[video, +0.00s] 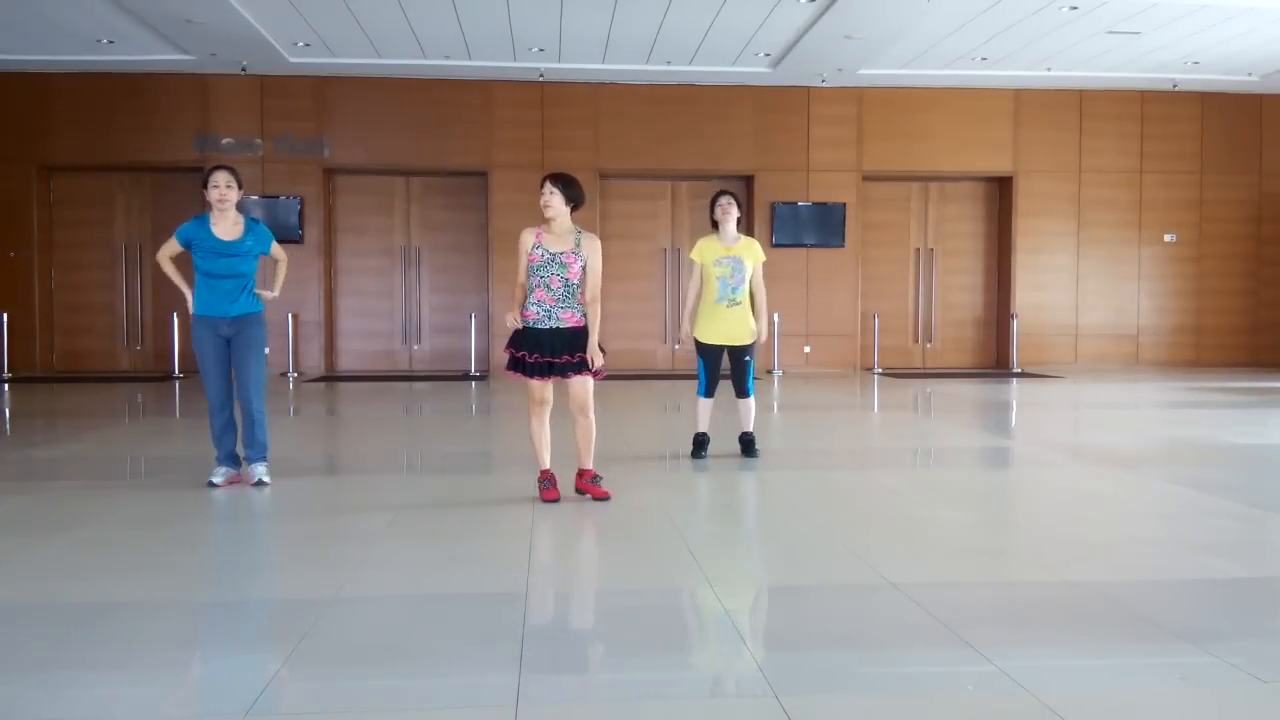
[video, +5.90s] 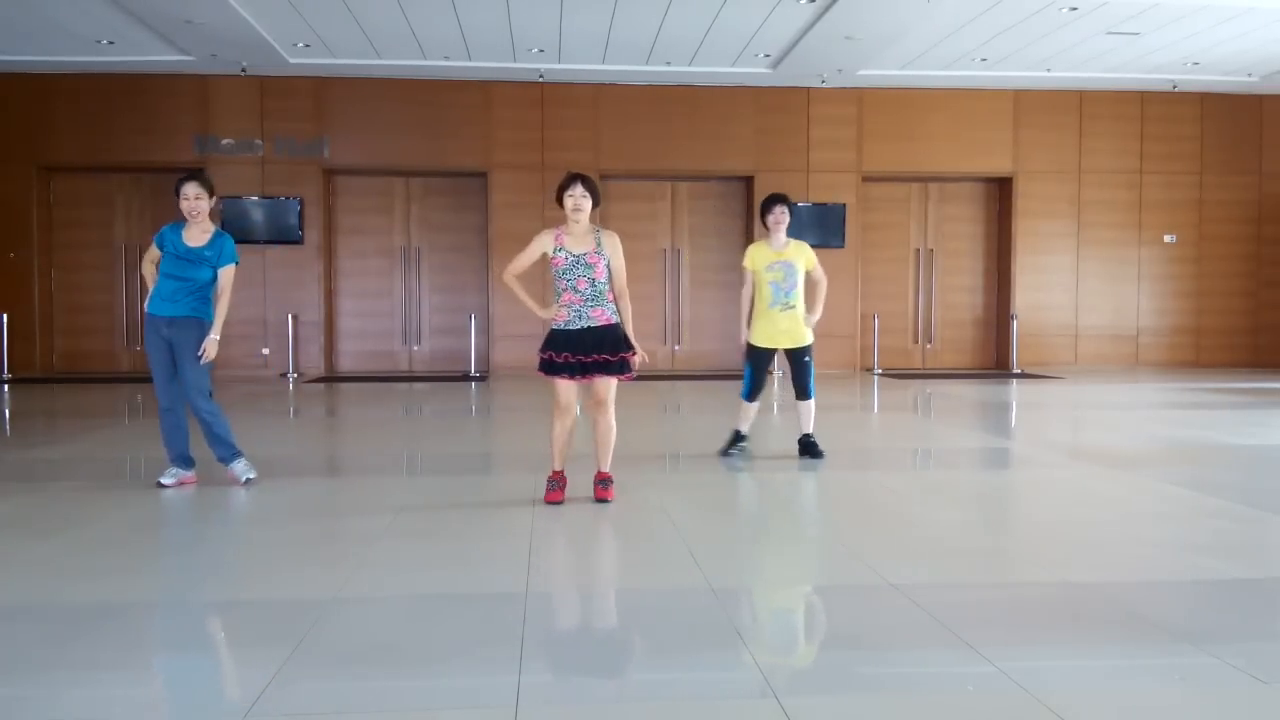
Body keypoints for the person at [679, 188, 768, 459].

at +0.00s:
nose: (725, 207)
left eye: (730, 204)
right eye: (720, 205)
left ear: (739, 211)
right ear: (713, 214)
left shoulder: (752, 246)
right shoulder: (704, 245)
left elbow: (758, 288)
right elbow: (694, 285)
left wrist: (762, 323)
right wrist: (686, 320)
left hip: (742, 327)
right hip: (708, 326)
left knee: (744, 386)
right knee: (706, 386)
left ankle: (748, 437)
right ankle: (701, 437)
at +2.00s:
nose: (721, 212)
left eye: (726, 208)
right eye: (716, 207)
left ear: (731, 214)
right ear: (706, 213)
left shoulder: (739, 247)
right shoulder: (693, 246)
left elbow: (746, 286)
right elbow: (684, 285)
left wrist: (748, 322)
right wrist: (679, 321)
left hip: (731, 327)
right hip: (698, 327)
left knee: (738, 385)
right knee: (698, 386)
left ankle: (747, 436)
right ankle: (695, 436)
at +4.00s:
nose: (719, 215)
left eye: (725, 211)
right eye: (714, 210)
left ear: (731, 218)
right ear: (706, 215)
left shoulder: (739, 249)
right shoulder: (691, 249)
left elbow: (757, 279)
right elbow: (682, 286)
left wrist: (747, 309)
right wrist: (676, 323)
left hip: (729, 328)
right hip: (696, 328)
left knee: (739, 386)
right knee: (697, 386)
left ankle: (752, 435)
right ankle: (695, 438)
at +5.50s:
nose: (737, 224)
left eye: (743, 219)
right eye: (732, 218)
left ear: (747, 224)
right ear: (722, 220)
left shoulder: (753, 254)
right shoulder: (707, 252)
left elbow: (769, 285)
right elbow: (694, 283)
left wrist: (762, 315)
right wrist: (685, 311)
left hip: (744, 330)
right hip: (711, 330)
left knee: (764, 383)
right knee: (703, 385)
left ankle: (786, 436)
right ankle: (693, 434)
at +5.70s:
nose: (760, 222)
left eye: (765, 218)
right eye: (754, 218)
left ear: (771, 223)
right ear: (745, 223)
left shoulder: (781, 256)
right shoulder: (734, 254)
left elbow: (795, 287)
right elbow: (719, 291)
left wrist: (789, 317)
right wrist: (712, 323)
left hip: (772, 331)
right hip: (737, 331)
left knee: (791, 382)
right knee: (721, 384)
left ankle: (805, 438)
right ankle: (697, 433)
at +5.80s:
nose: (770, 220)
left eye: (775, 215)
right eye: (765, 215)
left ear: (781, 220)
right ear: (756, 221)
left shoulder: (793, 253)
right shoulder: (745, 253)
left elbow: (811, 281)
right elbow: (735, 291)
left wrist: (805, 315)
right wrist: (729, 326)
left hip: (787, 329)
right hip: (753, 330)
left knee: (800, 385)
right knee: (735, 386)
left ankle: (806, 438)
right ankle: (714, 433)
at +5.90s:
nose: (779, 217)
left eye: (783, 212)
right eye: (773, 213)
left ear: (790, 217)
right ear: (764, 218)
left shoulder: (802, 250)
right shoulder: (754, 251)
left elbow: (821, 279)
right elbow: (747, 290)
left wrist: (815, 314)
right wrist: (743, 327)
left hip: (797, 329)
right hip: (763, 330)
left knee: (804, 387)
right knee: (751, 387)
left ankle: (807, 438)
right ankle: (740, 436)